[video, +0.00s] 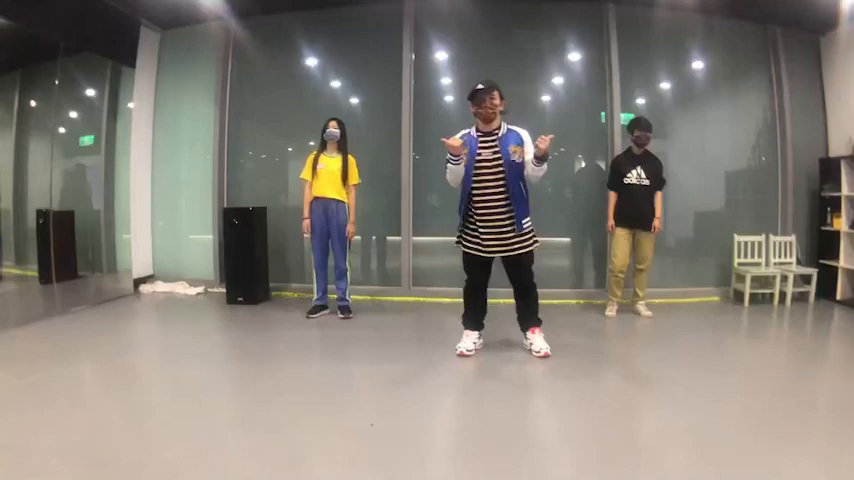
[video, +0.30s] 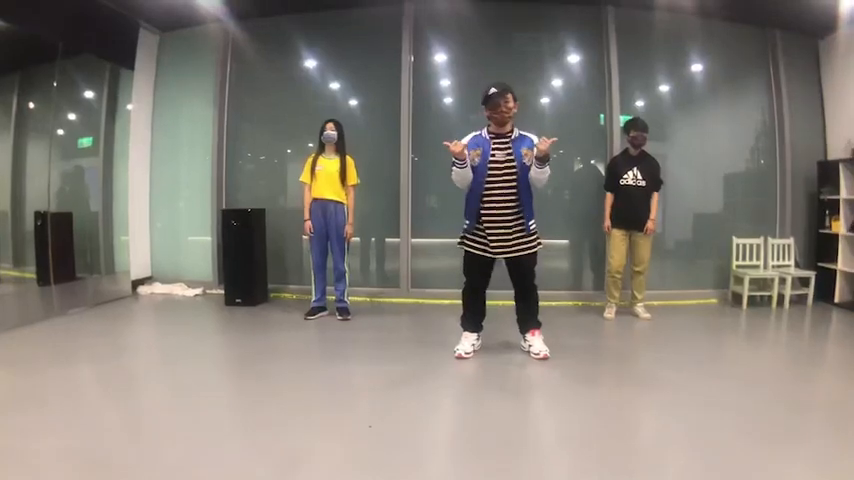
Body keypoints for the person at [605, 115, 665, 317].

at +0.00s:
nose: (642, 138)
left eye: (646, 135)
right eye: (639, 135)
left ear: (650, 137)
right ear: (631, 135)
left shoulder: (655, 162)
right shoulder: (619, 161)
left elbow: (658, 191)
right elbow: (613, 191)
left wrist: (658, 217)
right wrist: (610, 217)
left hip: (646, 221)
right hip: (622, 221)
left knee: (643, 265)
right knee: (618, 265)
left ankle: (639, 300)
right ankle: (613, 301)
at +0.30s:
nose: (638, 140)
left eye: (642, 136)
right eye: (635, 136)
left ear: (647, 138)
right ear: (627, 136)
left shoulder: (652, 163)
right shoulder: (616, 162)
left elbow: (654, 193)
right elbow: (609, 192)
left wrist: (652, 219)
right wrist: (607, 218)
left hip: (642, 223)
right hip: (618, 222)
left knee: (640, 267)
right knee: (615, 267)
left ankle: (638, 302)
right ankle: (611, 303)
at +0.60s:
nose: (639, 140)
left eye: (642, 137)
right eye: (635, 136)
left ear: (646, 138)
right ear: (627, 136)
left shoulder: (649, 164)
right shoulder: (615, 162)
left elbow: (652, 193)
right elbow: (607, 192)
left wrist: (652, 217)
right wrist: (604, 218)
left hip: (641, 224)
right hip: (617, 223)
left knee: (642, 268)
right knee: (613, 267)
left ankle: (638, 302)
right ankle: (611, 302)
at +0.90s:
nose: (643, 139)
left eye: (646, 136)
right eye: (639, 135)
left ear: (649, 137)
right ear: (630, 136)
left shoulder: (651, 164)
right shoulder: (617, 161)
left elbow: (653, 194)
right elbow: (610, 191)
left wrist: (656, 219)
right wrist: (609, 218)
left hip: (645, 224)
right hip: (620, 224)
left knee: (648, 267)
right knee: (615, 267)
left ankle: (639, 302)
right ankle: (612, 302)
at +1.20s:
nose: (642, 140)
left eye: (645, 136)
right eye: (638, 136)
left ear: (649, 138)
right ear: (630, 137)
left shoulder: (653, 165)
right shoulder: (619, 162)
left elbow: (657, 194)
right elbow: (613, 191)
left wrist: (664, 218)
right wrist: (614, 218)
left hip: (646, 225)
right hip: (621, 224)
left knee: (645, 269)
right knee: (617, 268)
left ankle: (639, 303)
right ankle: (612, 303)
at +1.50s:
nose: (638, 138)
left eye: (642, 135)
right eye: (634, 135)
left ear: (647, 136)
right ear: (627, 135)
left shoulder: (653, 162)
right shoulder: (617, 162)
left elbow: (658, 191)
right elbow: (611, 191)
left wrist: (662, 216)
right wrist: (608, 217)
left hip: (645, 223)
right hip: (621, 223)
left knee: (644, 267)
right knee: (617, 267)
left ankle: (639, 302)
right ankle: (613, 302)